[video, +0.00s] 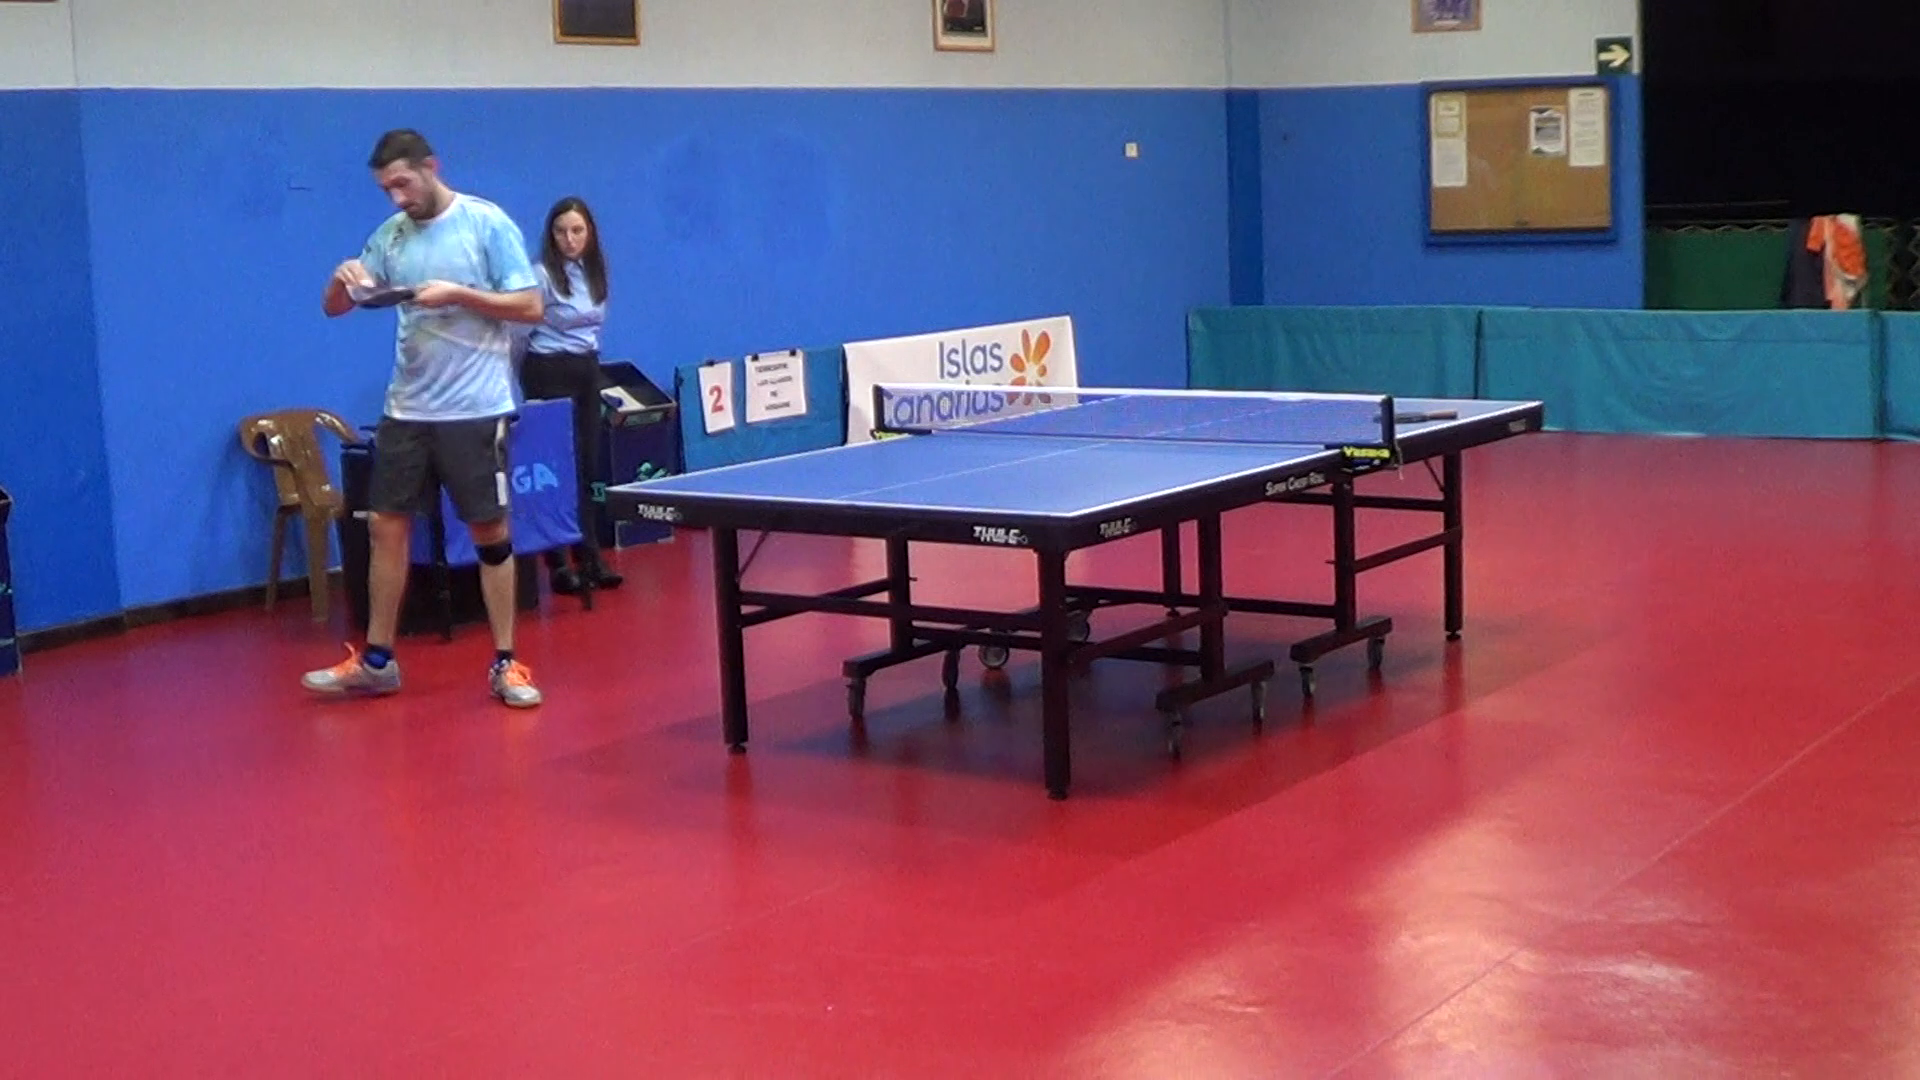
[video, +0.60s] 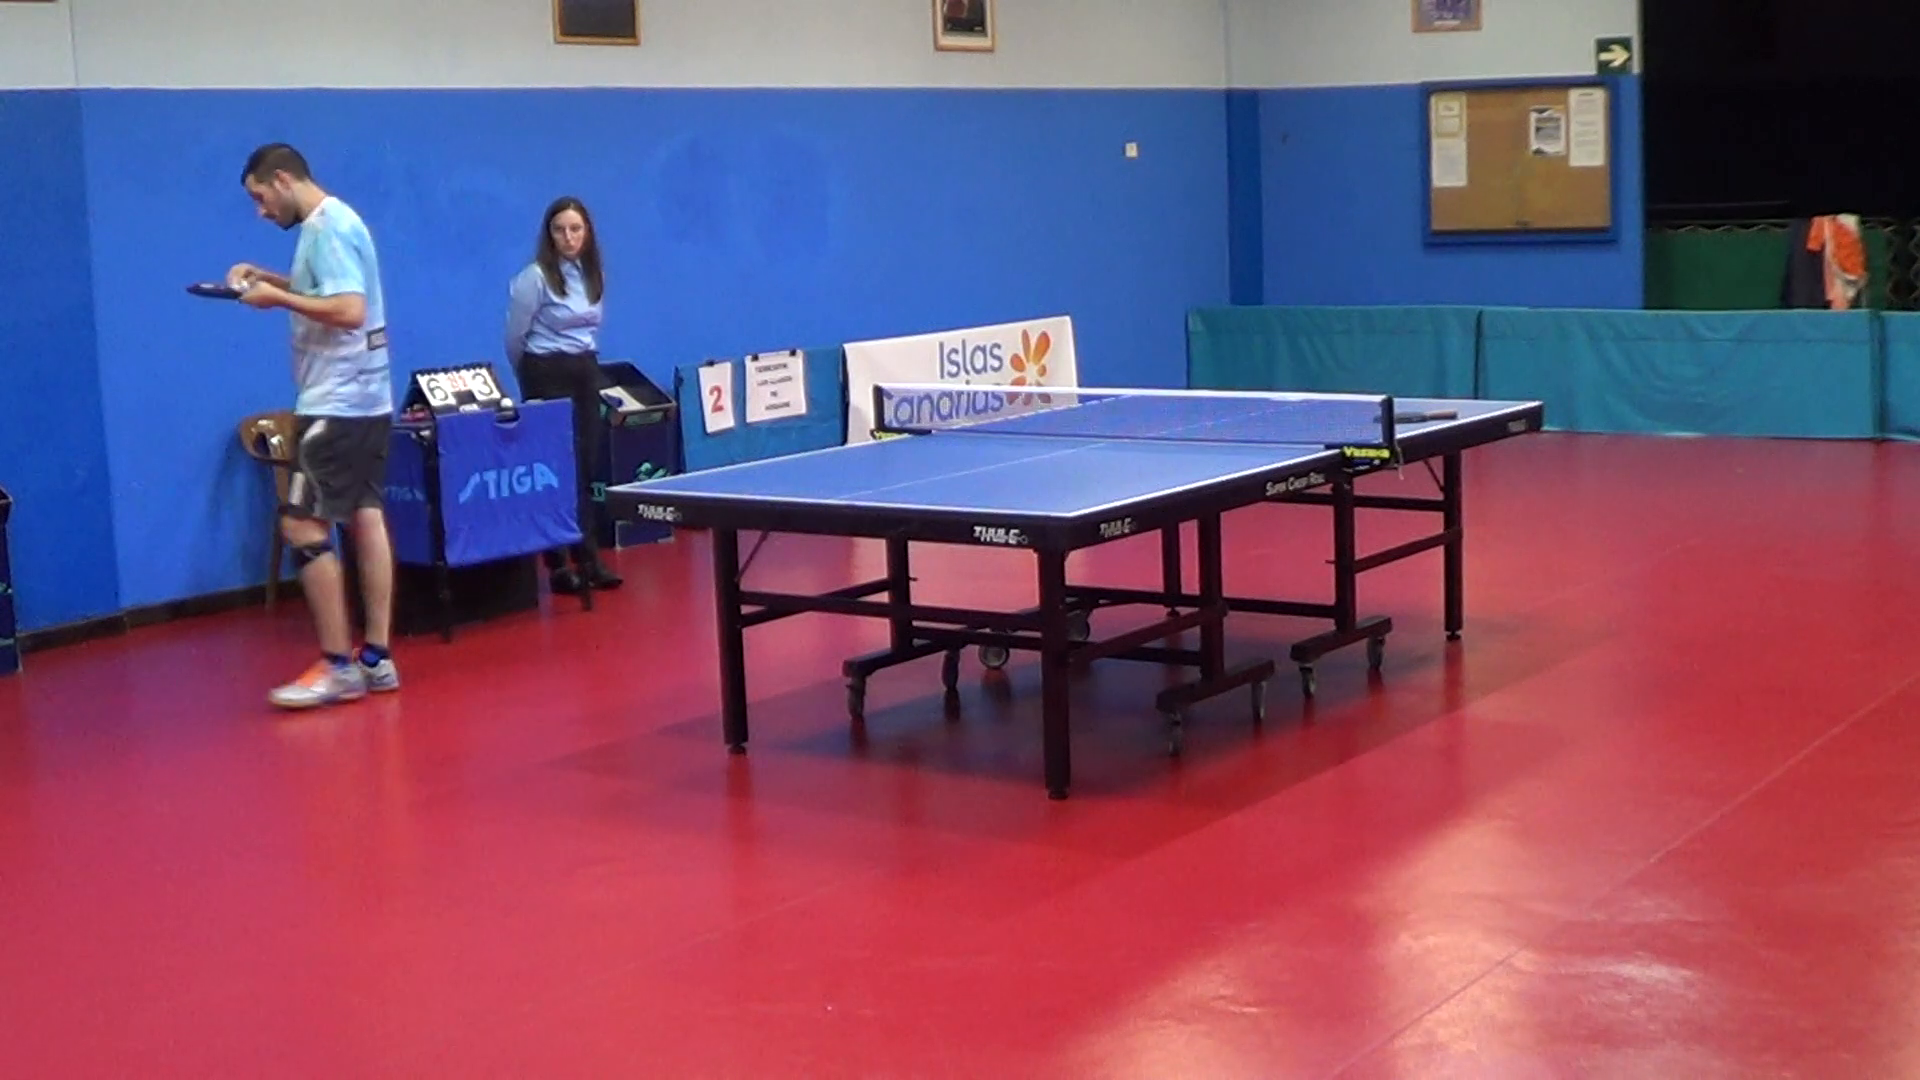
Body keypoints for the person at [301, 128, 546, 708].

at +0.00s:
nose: (398, 196)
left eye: (404, 182)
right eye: (389, 187)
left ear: (432, 168)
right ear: (384, 187)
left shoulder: (488, 223)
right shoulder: (389, 236)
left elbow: (531, 306)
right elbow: (335, 308)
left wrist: (458, 295)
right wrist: (341, 280)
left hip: (476, 407)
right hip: (407, 408)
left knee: (490, 530)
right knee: (386, 524)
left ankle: (506, 662)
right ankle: (378, 660)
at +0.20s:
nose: (336, 206)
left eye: (338, 192)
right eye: (330, 197)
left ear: (369, 175)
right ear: (350, 185)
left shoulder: (431, 223)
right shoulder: (360, 241)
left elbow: (465, 308)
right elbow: (321, 322)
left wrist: (383, 297)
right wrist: (315, 293)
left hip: (432, 412)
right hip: (376, 415)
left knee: (464, 535)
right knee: (382, 531)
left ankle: (501, 661)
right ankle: (375, 659)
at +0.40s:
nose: (293, 209)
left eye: (293, 196)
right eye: (287, 200)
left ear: (320, 178)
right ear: (314, 184)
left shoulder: (380, 224)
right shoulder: (334, 235)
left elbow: (406, 309)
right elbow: (334, 304)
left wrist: (329, 300)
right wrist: (288, 294)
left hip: (385, 406)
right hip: (347, 407)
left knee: (391, 528)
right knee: (365, 527)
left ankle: (449, 660)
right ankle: (374, 657)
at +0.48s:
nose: (280, 210)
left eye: (278, 196)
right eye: (274, 200)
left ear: (303, 178)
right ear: (303, 180)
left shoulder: (361, 226)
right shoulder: (334, 232)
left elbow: (385, 310)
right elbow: (340, 303)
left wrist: (307, 298)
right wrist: (287, 290)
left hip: (367, 404)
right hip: (341, 403)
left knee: (356, 528)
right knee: (367, 528)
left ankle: (406, 660)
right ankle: (375, 654)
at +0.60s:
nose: (261, 212)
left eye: (260, 198)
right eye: (256, 201)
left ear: (283, 181)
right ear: (289, 180)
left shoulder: (329, 230)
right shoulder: (334, 223)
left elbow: (350, 311)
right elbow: (324, 295)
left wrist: (279, 298)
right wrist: (269, 279)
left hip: (339, 405)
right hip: (362, 401)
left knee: (303, 526)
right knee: (367, 520)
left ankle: (339, 664)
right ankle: (377, 657)